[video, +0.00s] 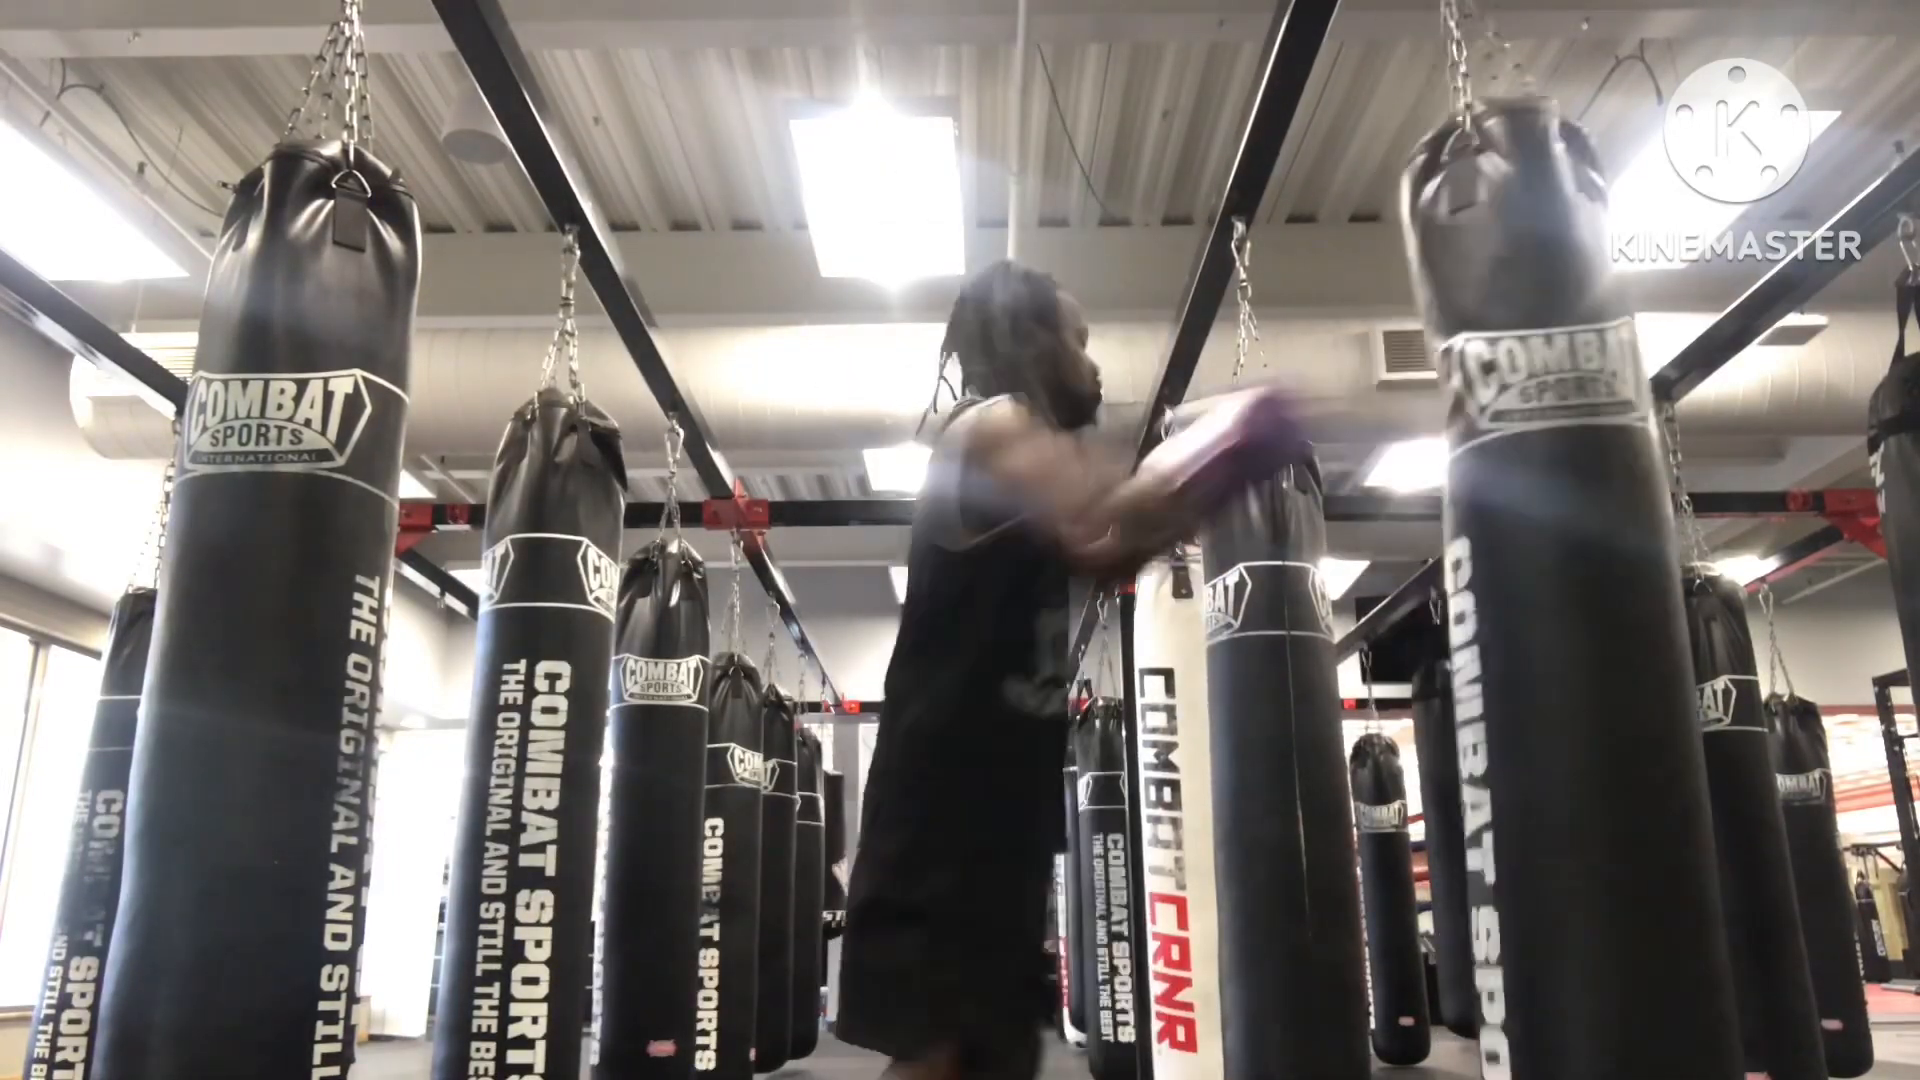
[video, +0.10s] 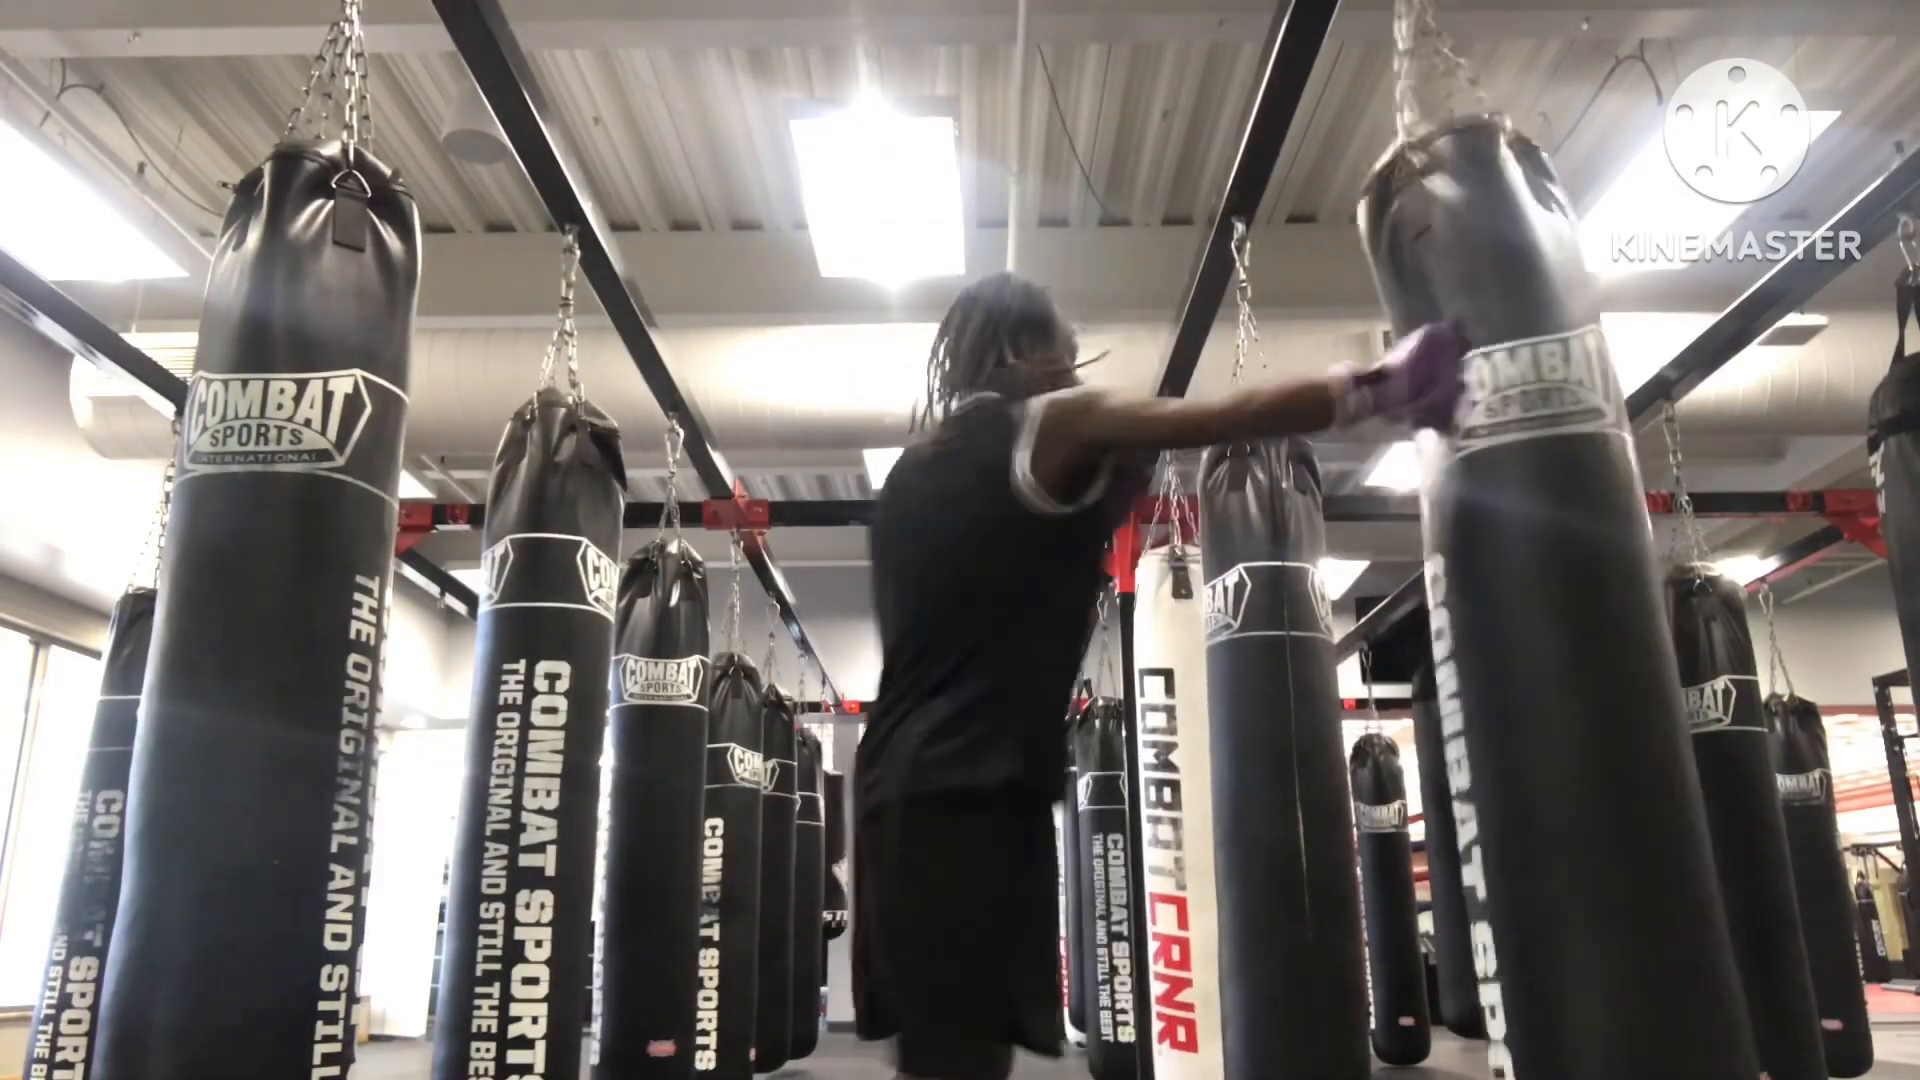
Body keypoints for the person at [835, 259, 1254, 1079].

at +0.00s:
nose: (1094, 359)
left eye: (1088, 338)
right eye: (1079, 338)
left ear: (1007, 343)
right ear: (1030, 338)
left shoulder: (1028, 444)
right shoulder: (991, 426)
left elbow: (1099, 548)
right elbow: (1095, 510)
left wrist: (1222, 468)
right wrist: (1222, 442)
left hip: (997, 812)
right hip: (952, 811)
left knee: (993, 1043)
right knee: (945, 1046)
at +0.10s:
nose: (1073, 371)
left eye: (1071, 353)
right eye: (1061, 352)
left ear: (970, 357)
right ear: (1017, 352)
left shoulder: (912, 470)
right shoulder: (1052, 420)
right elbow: (1234, 414)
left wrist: (1113, 484)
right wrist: (1380, 388)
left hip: (894, 785)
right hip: (980, 791)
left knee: (937, 1045)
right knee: (966, 1051)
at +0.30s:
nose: (1022, 364)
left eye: (1017, 345)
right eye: (1007, 344)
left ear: (931, 351)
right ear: (961, 347)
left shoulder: (925, 459)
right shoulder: (918, 416)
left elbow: (995, 628)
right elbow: (1044, 464)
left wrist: (1048, 519)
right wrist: (1195, 436)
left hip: (926, 777)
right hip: (884, 777)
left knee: (972, 1038)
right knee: (869, 1042)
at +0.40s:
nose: (991, 360)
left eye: (987, 339)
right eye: (976, 337)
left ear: (921, 346)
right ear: (923, 341)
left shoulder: (912, 467)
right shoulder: (851, 423)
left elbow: (960, 639)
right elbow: (901, 514)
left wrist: (1023, 555)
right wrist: (1040, 457)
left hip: (921, 776)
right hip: (853, 775)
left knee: (966, 1042)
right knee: (827, 1041)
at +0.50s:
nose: (946, 352)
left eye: (944, 332)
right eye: (930, 329)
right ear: (875, 332)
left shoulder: (878, 463)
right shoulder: (792, 425)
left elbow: (894, 652)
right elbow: (811, 558)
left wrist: (977, 577)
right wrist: (918, 450)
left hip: (897, 763)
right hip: (814, 766)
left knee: (952, 1030)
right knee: (771, 1035)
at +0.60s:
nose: (901, 352)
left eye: (900, 332)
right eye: (885, 328)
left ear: (824, 339)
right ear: (822, 330)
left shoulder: (823, 462)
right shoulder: (731, 430)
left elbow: (839, 653)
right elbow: (773, 578)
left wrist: (942, 573)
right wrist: (867, 458)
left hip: (843, 803)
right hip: (749, 808)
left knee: (929, 1034)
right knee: (750, 1050)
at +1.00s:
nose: (853, 308)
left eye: (851, 286)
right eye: (835, 279)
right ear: (768, 276)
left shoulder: (772, 418)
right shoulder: (686, 375)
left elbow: (789, 617)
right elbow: (746, 543)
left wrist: (890, 526)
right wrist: (843, 437)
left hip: (796, 760)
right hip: (695, 765)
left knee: (916, 1038)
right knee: (672, 1048)